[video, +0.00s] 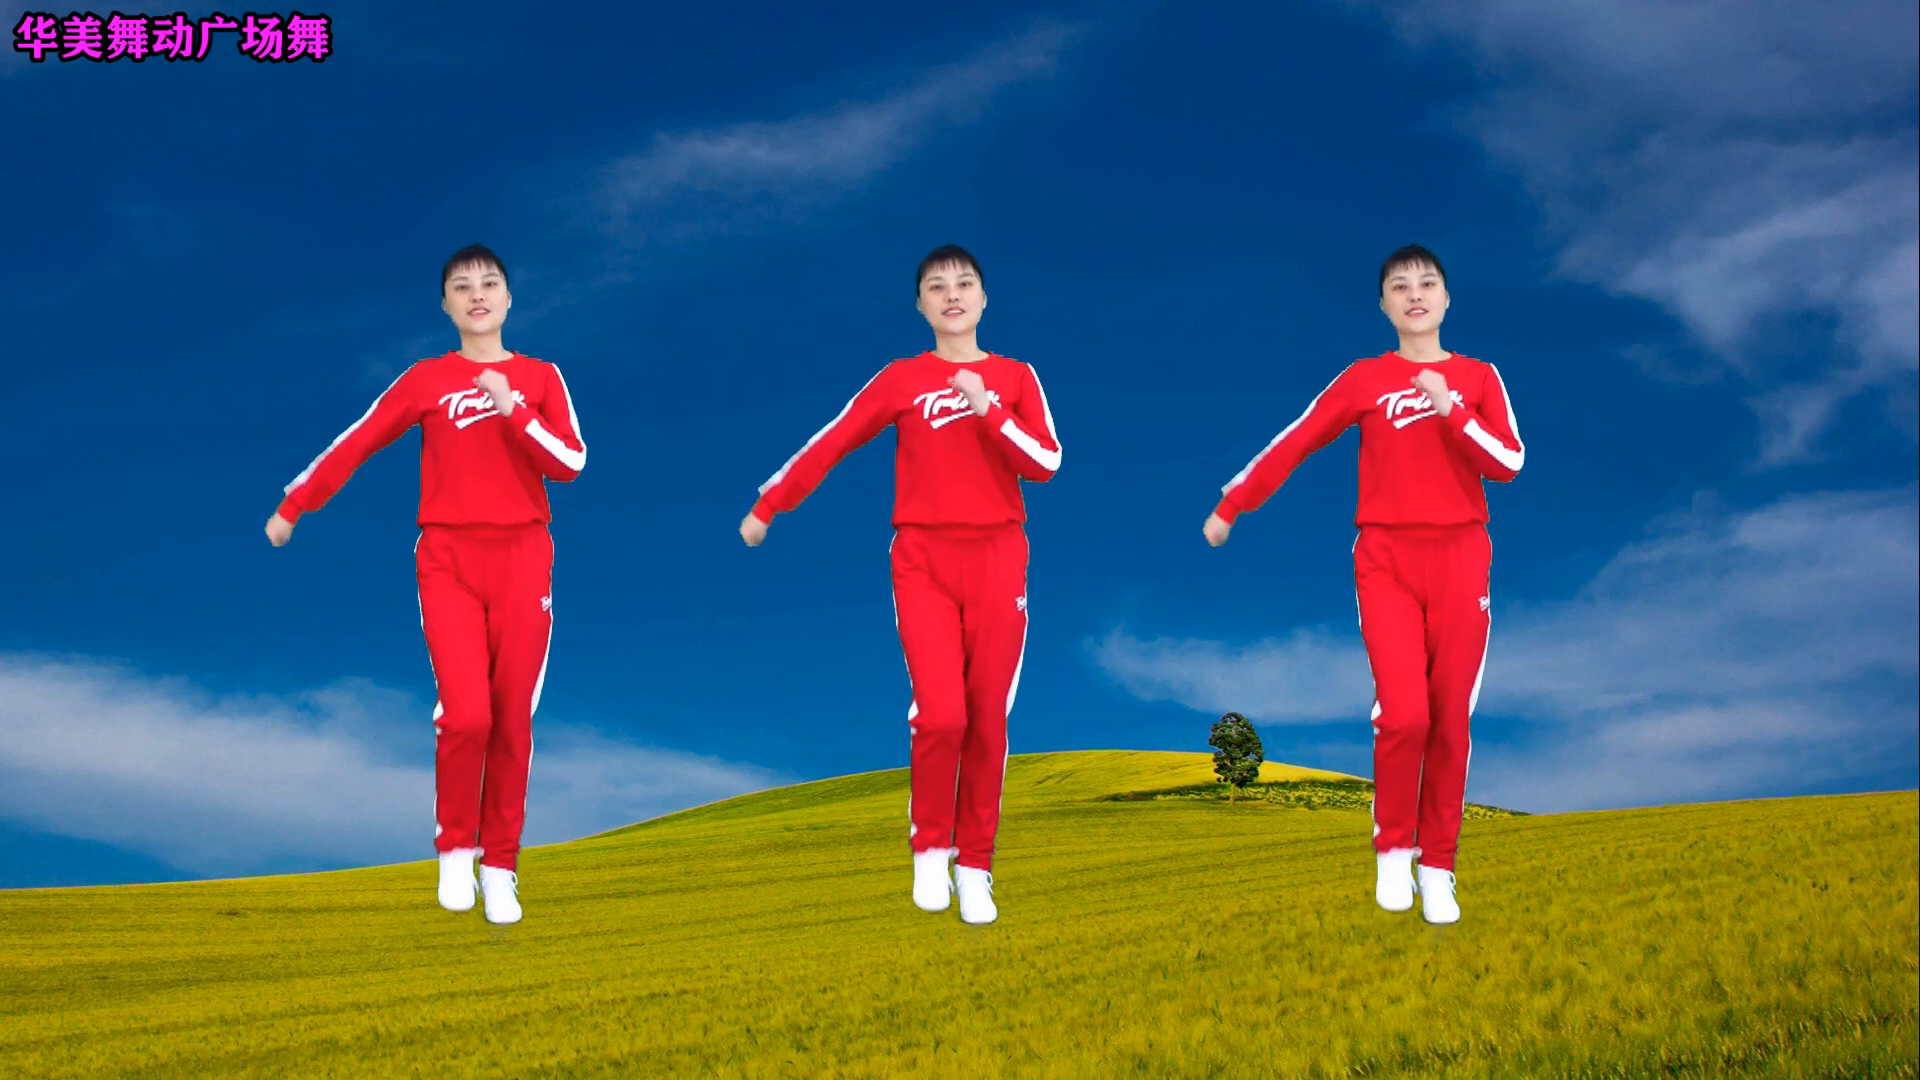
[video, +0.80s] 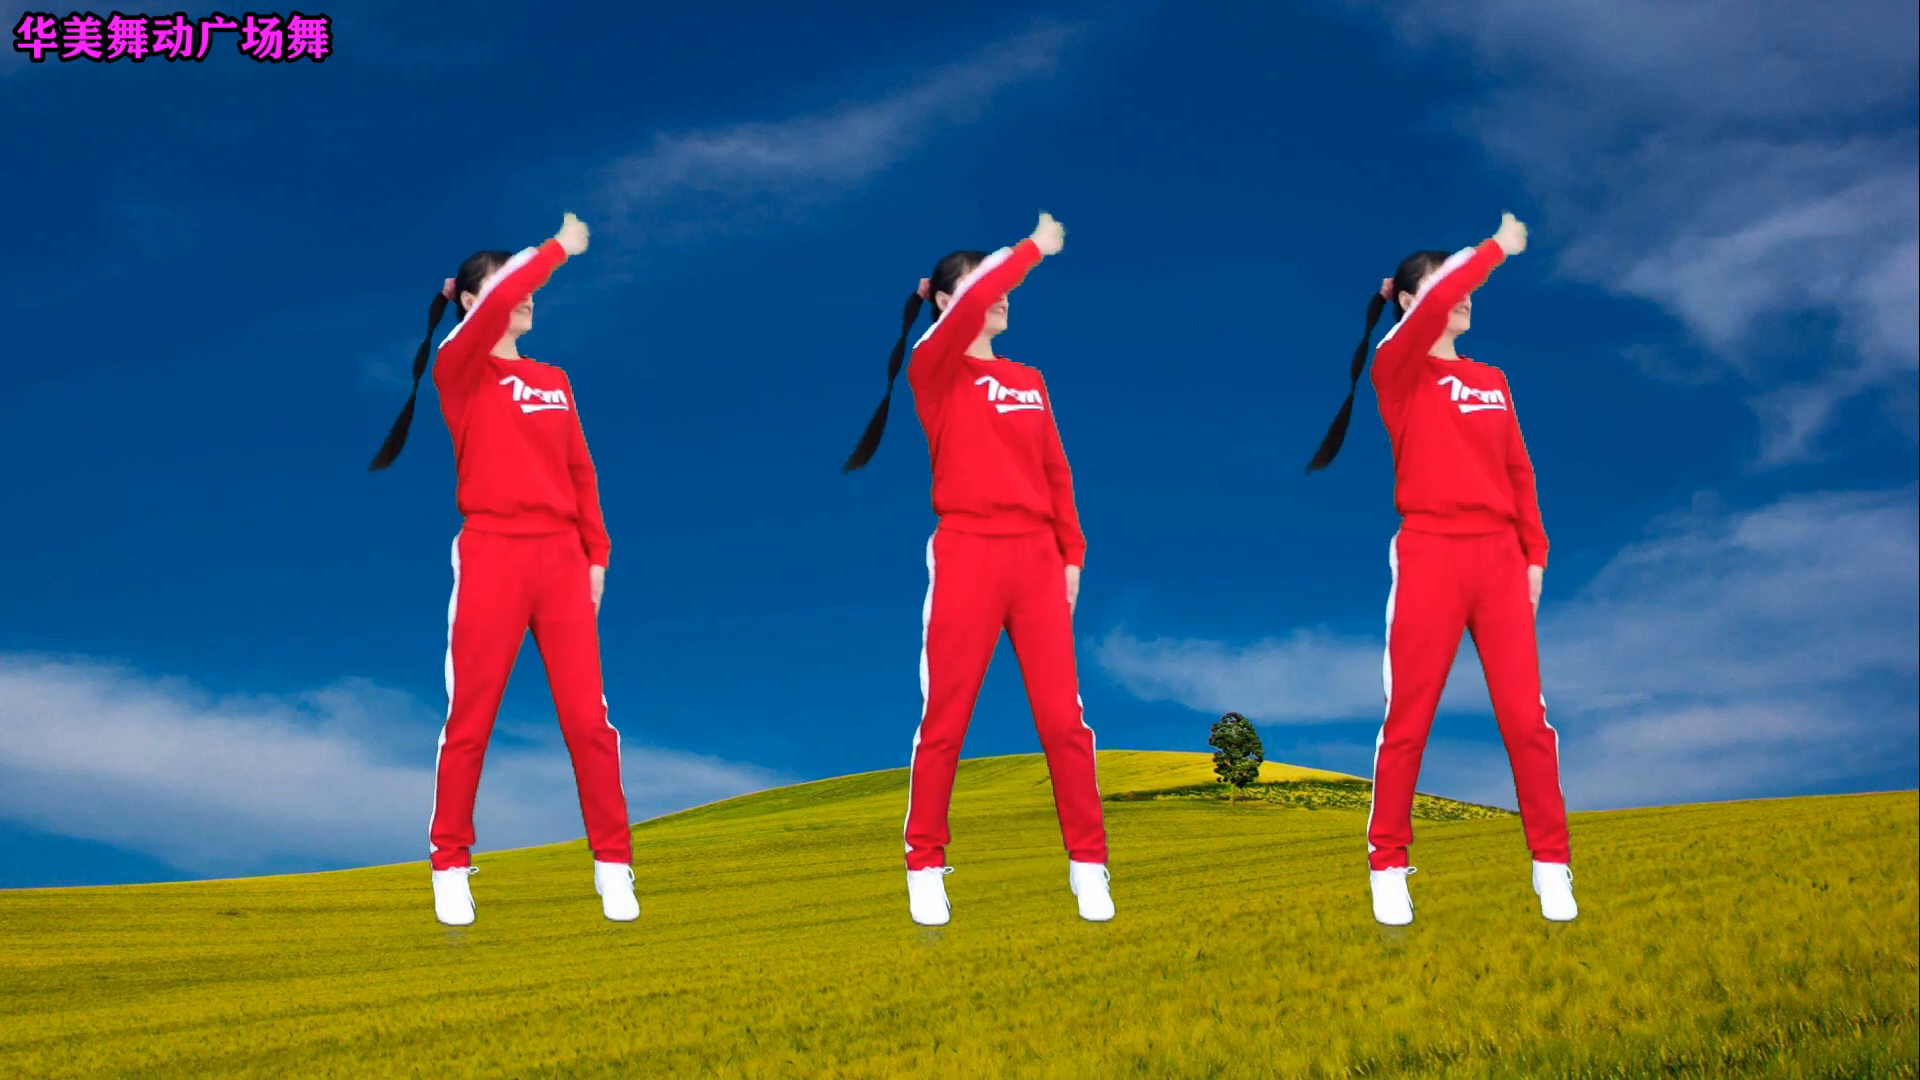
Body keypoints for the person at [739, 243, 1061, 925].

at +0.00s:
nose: (953, 295)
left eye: (964, 284)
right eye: (938, 287)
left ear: (983, 298)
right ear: (922, 305)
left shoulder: (1014, 376)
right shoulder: (899, 380)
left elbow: (1045, 462)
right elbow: (831, 442)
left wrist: (990, 412)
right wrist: (766, 504)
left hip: (999, 556)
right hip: (923, 557)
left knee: (989, 715)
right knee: (941, 713)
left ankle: (975, 862)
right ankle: (931, 848)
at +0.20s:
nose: (959, 302)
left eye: (969, 292)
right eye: (943, 294)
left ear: (982, 308)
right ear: (920, 313)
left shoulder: (1010, 388)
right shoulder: (892, 383)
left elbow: (1039, 473)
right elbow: (806, 418)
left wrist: (1016, 489)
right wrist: (713, 453)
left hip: (998, 564)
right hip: (922, 565)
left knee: (988, 725)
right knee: (931, 727)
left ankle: (974, 868)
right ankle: (925, 870)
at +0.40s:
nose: (969, 314)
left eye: (973, 305)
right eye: (952, 306)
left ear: (980, 324)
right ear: (917, 327)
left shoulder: (1008, 405)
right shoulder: (898, 404)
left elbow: (1032, 499)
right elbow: (831, 473)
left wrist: (1048, 583)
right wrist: (765, 540)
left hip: (991, 579)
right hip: (918, 577)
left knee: (998, 728)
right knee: (922, 732)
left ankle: (983, 844)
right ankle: (924, 870)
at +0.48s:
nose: (973, 319)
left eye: (975, 310)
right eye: (955, 311)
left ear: (980, 329)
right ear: (919, 331)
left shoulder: (1006, 411)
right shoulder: (904, 407)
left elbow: (1027, 507)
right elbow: (885, 497)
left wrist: (1041, 588)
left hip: (990, 587)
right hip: (918, 584)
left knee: (1011, 724)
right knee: (921, 742)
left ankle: (998, 829)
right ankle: (924, 871)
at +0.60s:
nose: (975, 301)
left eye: (977, 291)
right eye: (958, 292)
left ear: (981, 310)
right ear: (922, 311)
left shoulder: (1006, 390)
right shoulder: (907, 378)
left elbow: (1026, 489)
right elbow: (964, 429)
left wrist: (1037, 567)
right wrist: (1059, 452)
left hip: (1002, 563)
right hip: (931, 560)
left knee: (1033, 708)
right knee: (929, 725)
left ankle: (1037, 832)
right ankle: (923, 866)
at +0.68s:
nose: (981, 290)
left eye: (983, 279)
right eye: (963, 280)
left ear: (986, 297)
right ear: (927, 299)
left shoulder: (1010, 369)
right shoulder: (912, 364)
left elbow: (1035, 467)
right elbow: (983, 360)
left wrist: (1046, 552)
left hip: (1014, 549)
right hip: (943, 549)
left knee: (1046, 705)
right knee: (936, 714)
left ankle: (1070, 845)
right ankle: (925, 863)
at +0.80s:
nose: (1005, 290)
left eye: (1003, 280)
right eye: (990, 282)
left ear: (995, 301)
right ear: (950, 301)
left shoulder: (1028, 380)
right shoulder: (932, 370)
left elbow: (1057, 472)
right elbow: (971, 299)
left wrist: (1071, 552)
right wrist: (1034, 247)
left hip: (1040, 553)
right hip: (967, 553)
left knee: (1063, 715)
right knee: (945, 717)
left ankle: (1089, 858)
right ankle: (925, 861)